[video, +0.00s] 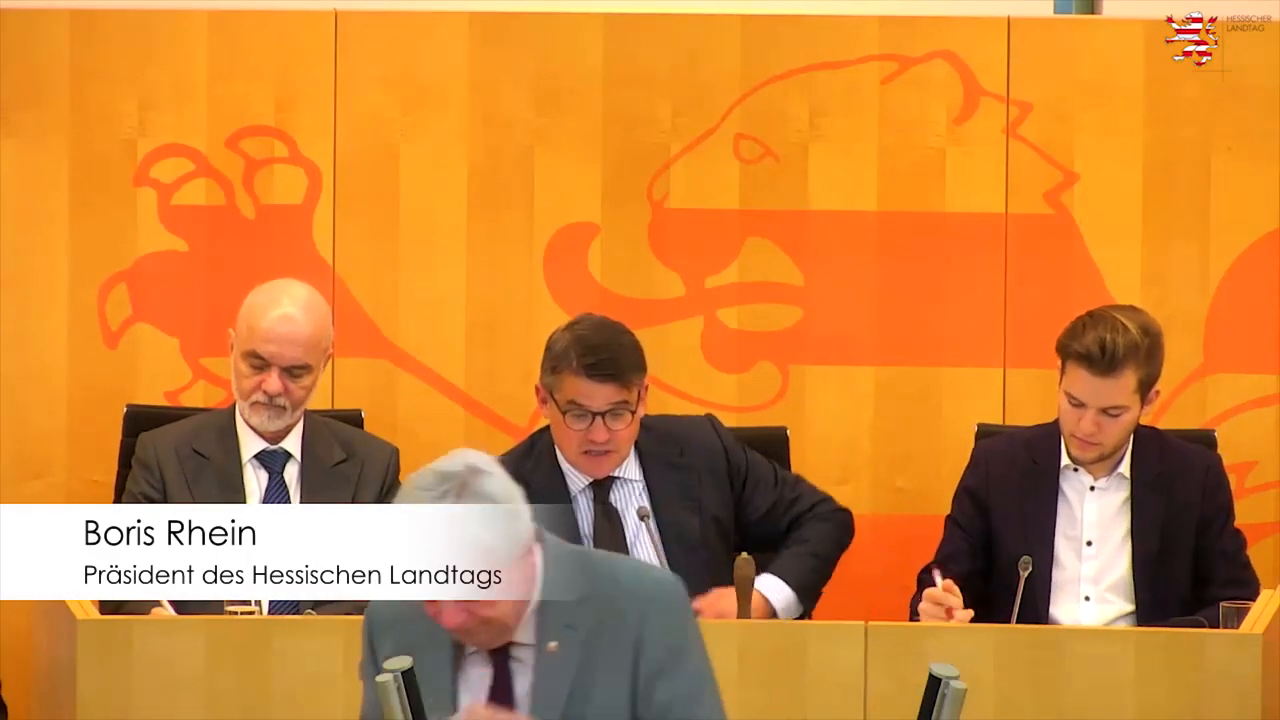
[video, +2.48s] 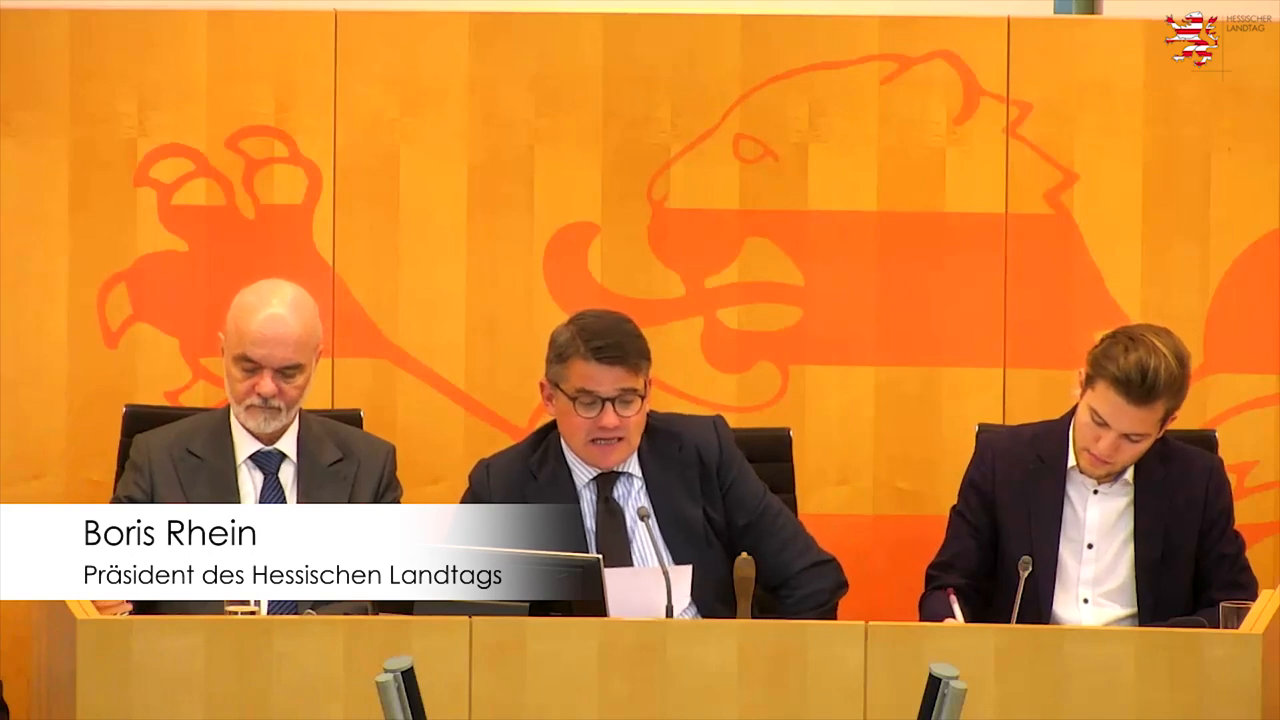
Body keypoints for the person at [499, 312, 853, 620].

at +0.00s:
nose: (599, 434)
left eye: (616, 412)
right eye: (578, 414)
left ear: (642, 395)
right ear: (544, 400)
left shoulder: (703, 450)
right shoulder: (504, 490)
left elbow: (825, 519)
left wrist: (764, 599)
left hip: (713, 670)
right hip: (574, 683)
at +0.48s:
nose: (601, 437)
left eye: (618, 415)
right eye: (580, 415)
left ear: (642, 399)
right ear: (544, 402)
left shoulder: (704, 453)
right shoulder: (494, 491)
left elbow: (841, 523)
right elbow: (467, 623)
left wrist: (790, 643)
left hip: (723, 669)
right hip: (585, 683)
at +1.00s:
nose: (620, 435)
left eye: (637, 415)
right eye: (599, 416)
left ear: (656, 398)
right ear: (559, 403)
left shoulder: (711, 455)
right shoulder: (502, 489)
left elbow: (832, 564)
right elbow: (474, 629)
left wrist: (786, 671)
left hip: (712, 672)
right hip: (572, 684)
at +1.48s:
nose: (622, 430)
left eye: (638, 408)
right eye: (599, 411)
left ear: (656, 395)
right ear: (559, 405)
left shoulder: (711, 454)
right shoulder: (503, 488)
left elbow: (830, 564)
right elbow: (469, 627)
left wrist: (786, 672)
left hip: (711, 679)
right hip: (570, 688)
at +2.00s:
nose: (601, 419)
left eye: (615, 397)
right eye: (579, 402)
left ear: (639, 388)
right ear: (543, 400)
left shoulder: (702, 445)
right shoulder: (499, 485)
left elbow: (805, 574)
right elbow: (468, 619)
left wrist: (770, 676)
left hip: (708, 670)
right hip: (569, 682)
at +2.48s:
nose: (608, 420)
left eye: (625, 399)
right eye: (587, 401)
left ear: (647, 391)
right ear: (550, 397)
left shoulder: (705, 450)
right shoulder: (500, 485)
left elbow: (811, 581)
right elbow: (464, 620)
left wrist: (768, 679)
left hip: (706, 673)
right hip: (566, 683)